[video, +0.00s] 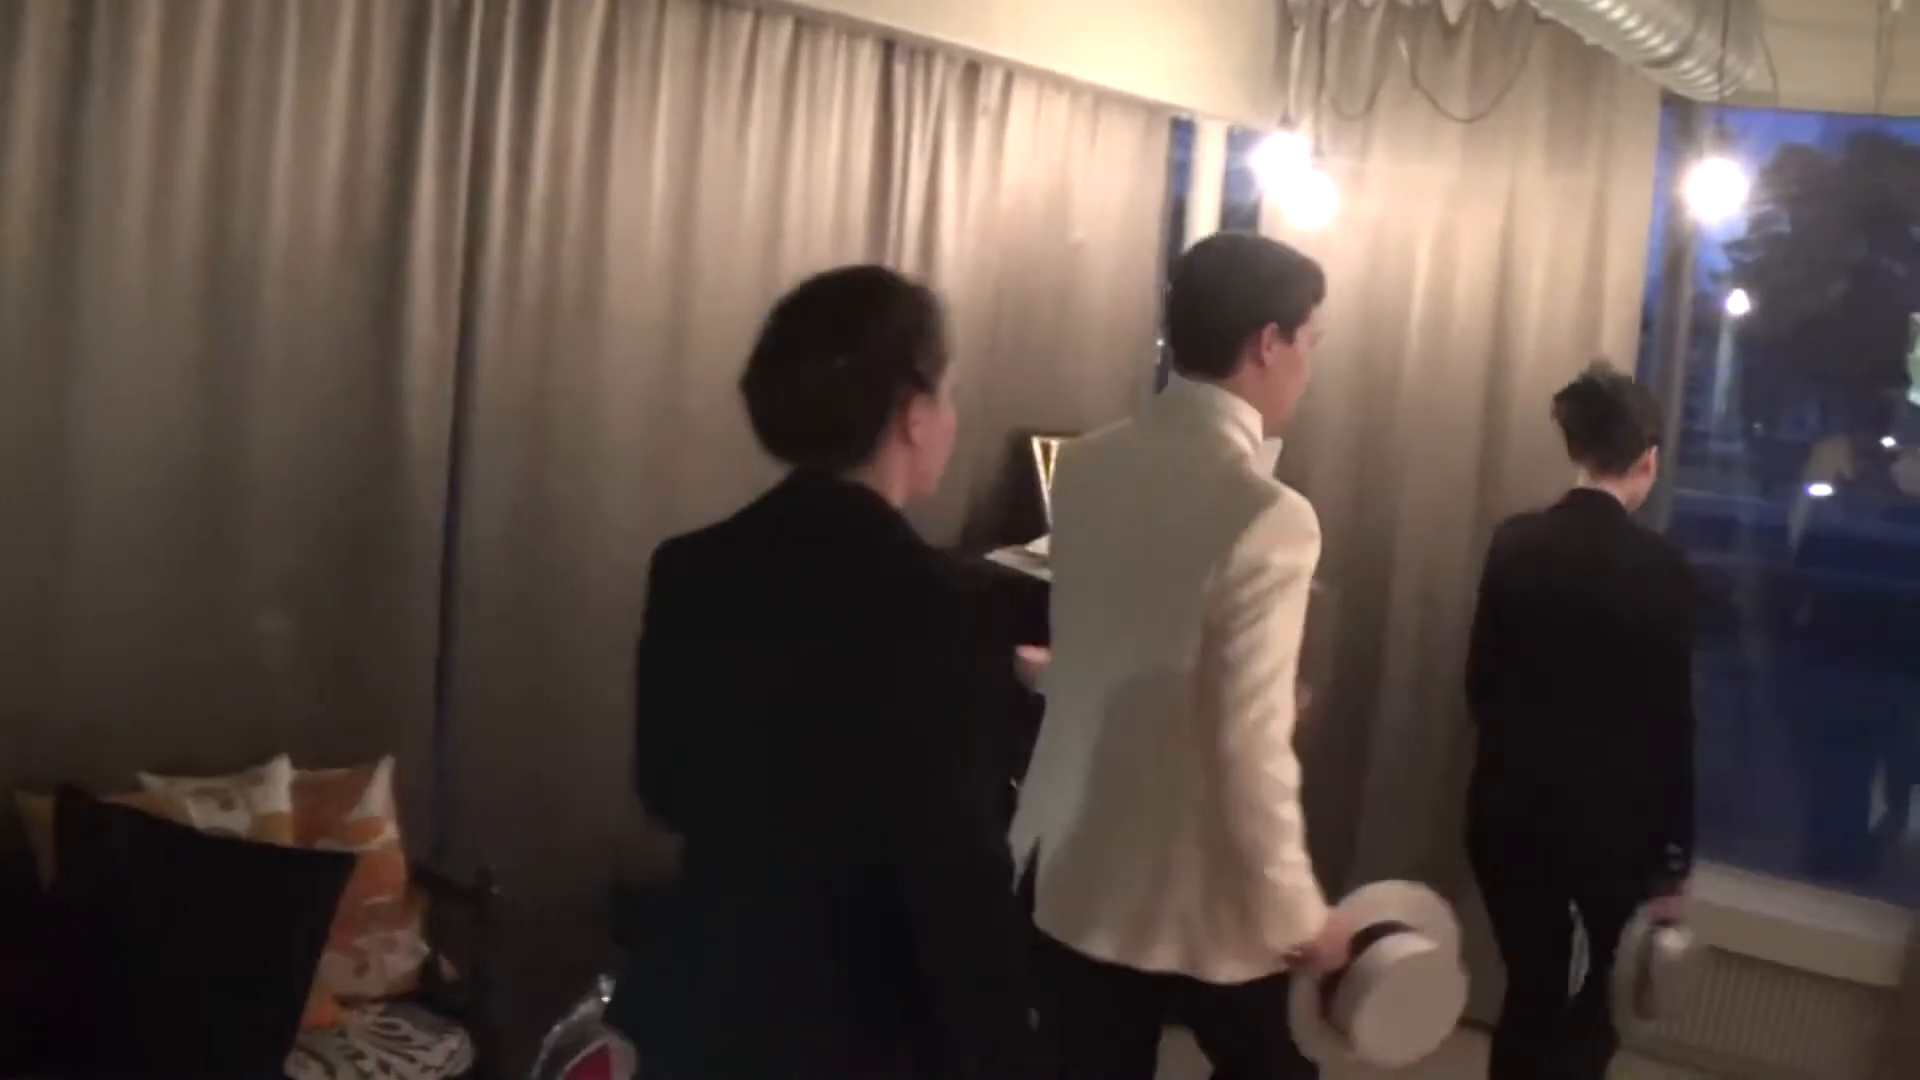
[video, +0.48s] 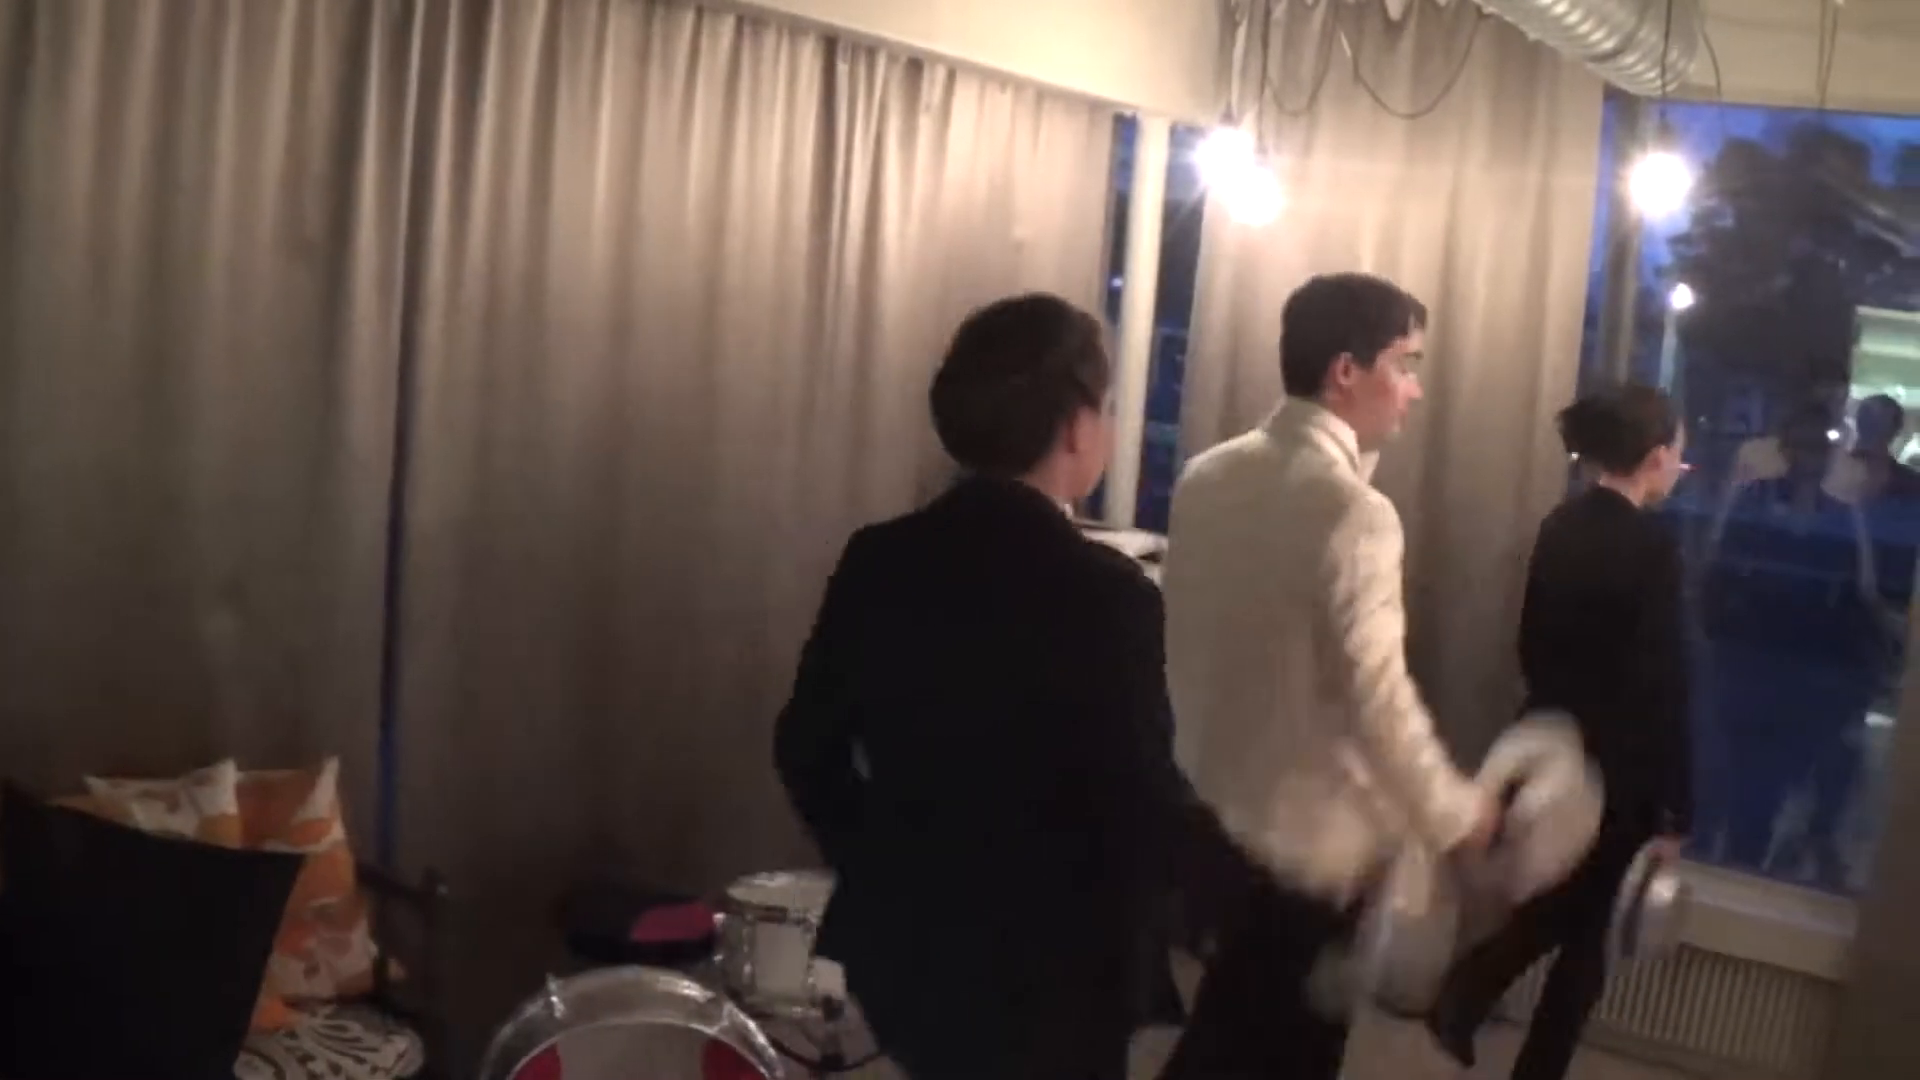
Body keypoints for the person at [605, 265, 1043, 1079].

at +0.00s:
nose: (951, 420)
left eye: (948, 393)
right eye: (946, 394)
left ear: (786, 404)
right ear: (910, 417)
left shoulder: (689, 568)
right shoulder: (940, 602)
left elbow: (669, 787)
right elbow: (959, 847)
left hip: (719, 973)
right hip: (884, 994)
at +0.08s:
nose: (979, 413)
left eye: (975, 385)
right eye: (975, 388)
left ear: (817, 395)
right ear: (944, 408)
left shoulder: (722, 551)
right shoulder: (995, 600)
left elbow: (741, 785)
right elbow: (983, 837)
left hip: (752, 943)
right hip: (920, 966)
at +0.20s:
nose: (1026, 434)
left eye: (1023, 408)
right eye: (1022, 410)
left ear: (865, 417)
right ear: (994, 430)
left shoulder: (771, 556)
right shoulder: (1048, 609)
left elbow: (795, 767)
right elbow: (1053, 813)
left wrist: (964, 533)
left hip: (790, 944)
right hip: (969, 965)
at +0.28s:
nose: (1056, 437)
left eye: (1053, 412)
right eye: (1052, 415)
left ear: (900, 421)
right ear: (1027, 435)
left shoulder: (809, 568)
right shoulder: (1088, 615)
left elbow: (811, 752)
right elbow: (1084, 791)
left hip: (828, 954)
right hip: (1010, 972)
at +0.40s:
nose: (1092, 440)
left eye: (1090, 416)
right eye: (1089, 418)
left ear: (946, 422)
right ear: (1060, 435)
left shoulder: (855, 572)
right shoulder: (1109, 608)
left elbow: (824, 783)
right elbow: (1116, 805)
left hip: (886, 956)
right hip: (1053, 968)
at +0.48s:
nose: (1106, 429)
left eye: (1103, 406)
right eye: (1103, 407)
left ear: (961, 417)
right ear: (1074, 425)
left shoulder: (878, 559)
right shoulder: (1109, 592)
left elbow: (805, 744)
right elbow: (1141, 789)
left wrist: (874, 872)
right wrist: (1252, 905)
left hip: (904, 948)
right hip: (1056, 962)